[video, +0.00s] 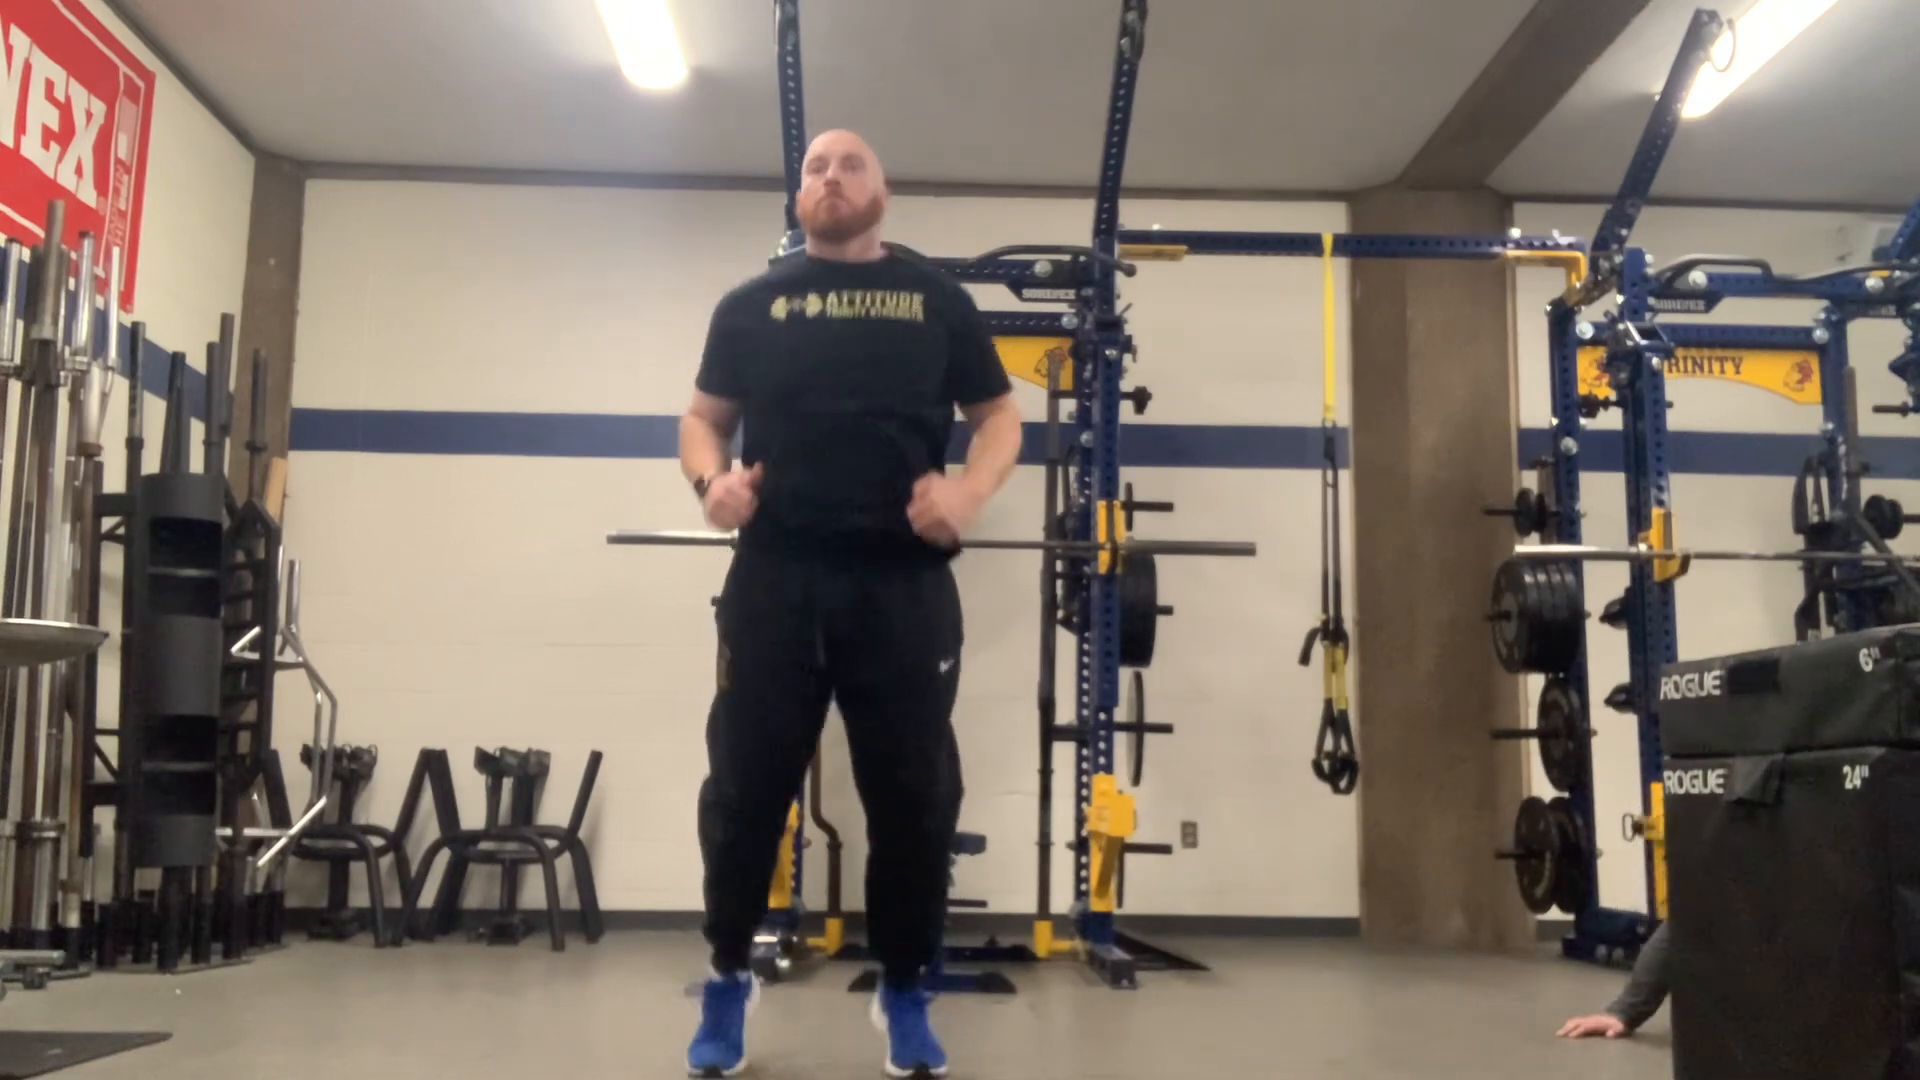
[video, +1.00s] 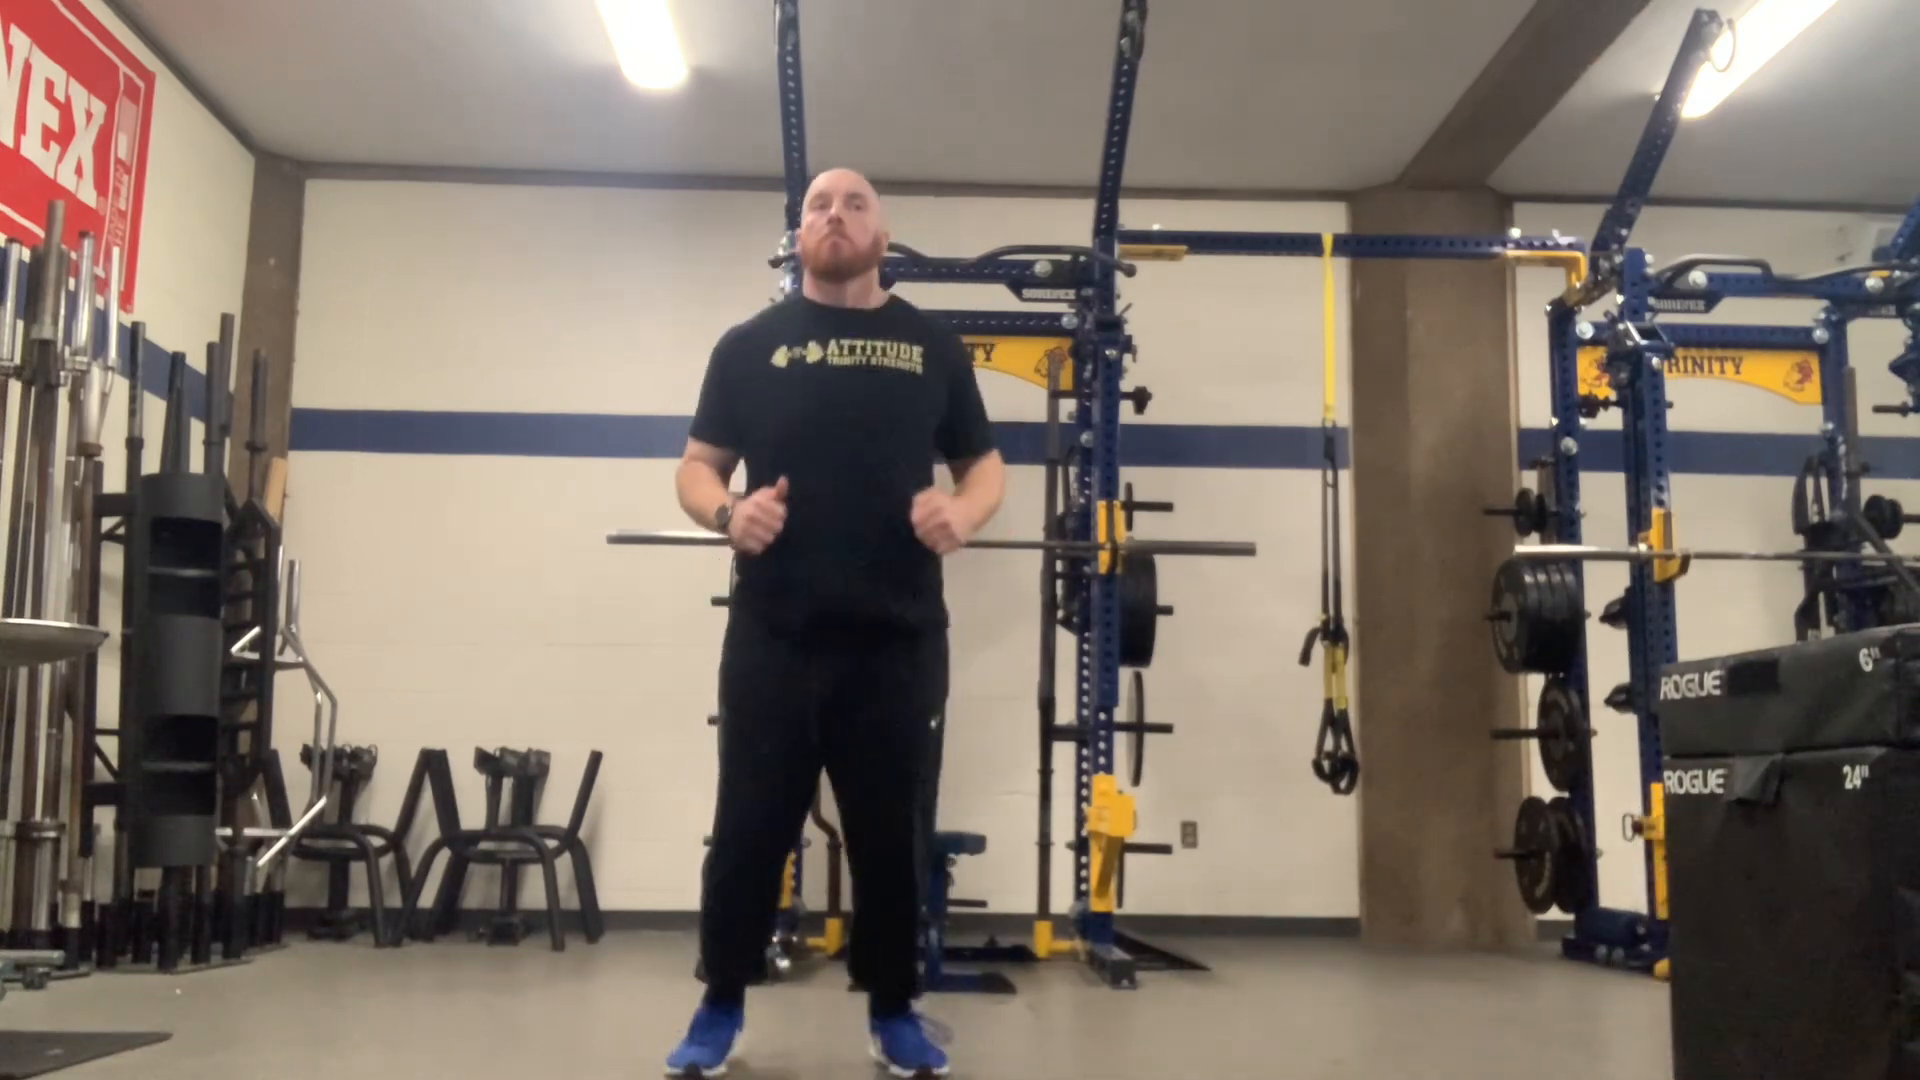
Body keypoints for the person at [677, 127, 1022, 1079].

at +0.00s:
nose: (832, 176)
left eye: (850, 164)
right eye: (816, 168)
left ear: (885, 194)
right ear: (796, 201)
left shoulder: (938, 297)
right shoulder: (749, 306)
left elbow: (1000, 420)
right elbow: (703, 424)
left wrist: (970, 488)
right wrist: (713, 479)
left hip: (902, 580)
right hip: (777, 577)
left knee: (916, 797)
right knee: (744, 786)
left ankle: (906, 995)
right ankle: (725, 980)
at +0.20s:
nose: (837, 169)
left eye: (855, 156)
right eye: (821, 159)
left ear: (888, 185)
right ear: (797, 191)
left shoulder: (938, 292)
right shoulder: (752, 296)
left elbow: (998, 413)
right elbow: (705, 418)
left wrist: (964, 469)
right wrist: (733, 461)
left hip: (901, 579)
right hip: (777, 576)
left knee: (902, 794)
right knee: (749, 783)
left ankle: (901, 990)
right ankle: (728, 983)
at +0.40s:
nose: (831, 138)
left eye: (850, 131)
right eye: (815, 133)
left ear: (884, 166)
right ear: (794, 169)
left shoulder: (937, 268)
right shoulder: (745, 270)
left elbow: (1000, 387)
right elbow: (683, 390)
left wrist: (966, 415)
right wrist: (723, 417)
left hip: (903, 556)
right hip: (774, 553)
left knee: (921, 771)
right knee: (731, 761)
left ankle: (925, 998)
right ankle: (701, 984)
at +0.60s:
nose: (831, 187)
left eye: (850, 175)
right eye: (815, 177)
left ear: (883, 207)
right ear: (792, 211)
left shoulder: (937, 318)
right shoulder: (746, 317)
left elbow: (1000, 442)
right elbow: (683, 442)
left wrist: (960, 466)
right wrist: (722, 474)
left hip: (900, 610)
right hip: (768, 604)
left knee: (911, 824)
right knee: (737, 815)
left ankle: (914, 1030)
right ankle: (706, 1026)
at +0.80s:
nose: (834, 137)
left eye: (853, 128)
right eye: (818, 130)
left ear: (886, 161)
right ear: (796, 163)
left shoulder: (937, 263)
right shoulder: (746, 267)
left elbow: (1000, 384)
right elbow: (690, 382)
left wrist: (954, 416)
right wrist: (727, 416)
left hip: (900, 547)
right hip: (771, 544)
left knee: (913, 768)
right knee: (737, 758)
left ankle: (915, 973)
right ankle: (700, 969)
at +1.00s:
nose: (836, 211)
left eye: (855, 202)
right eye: (819, 204)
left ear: (886, 237)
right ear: (796, 239)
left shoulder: (933, 346)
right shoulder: (748, 347)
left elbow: (984, 469)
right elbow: (697, 472)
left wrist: (964, 508)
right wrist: (728, 511)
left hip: (897, 632)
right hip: (774, 629)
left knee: (893, 837)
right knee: (749, 830)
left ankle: (894, 1016)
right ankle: (719, 1010)